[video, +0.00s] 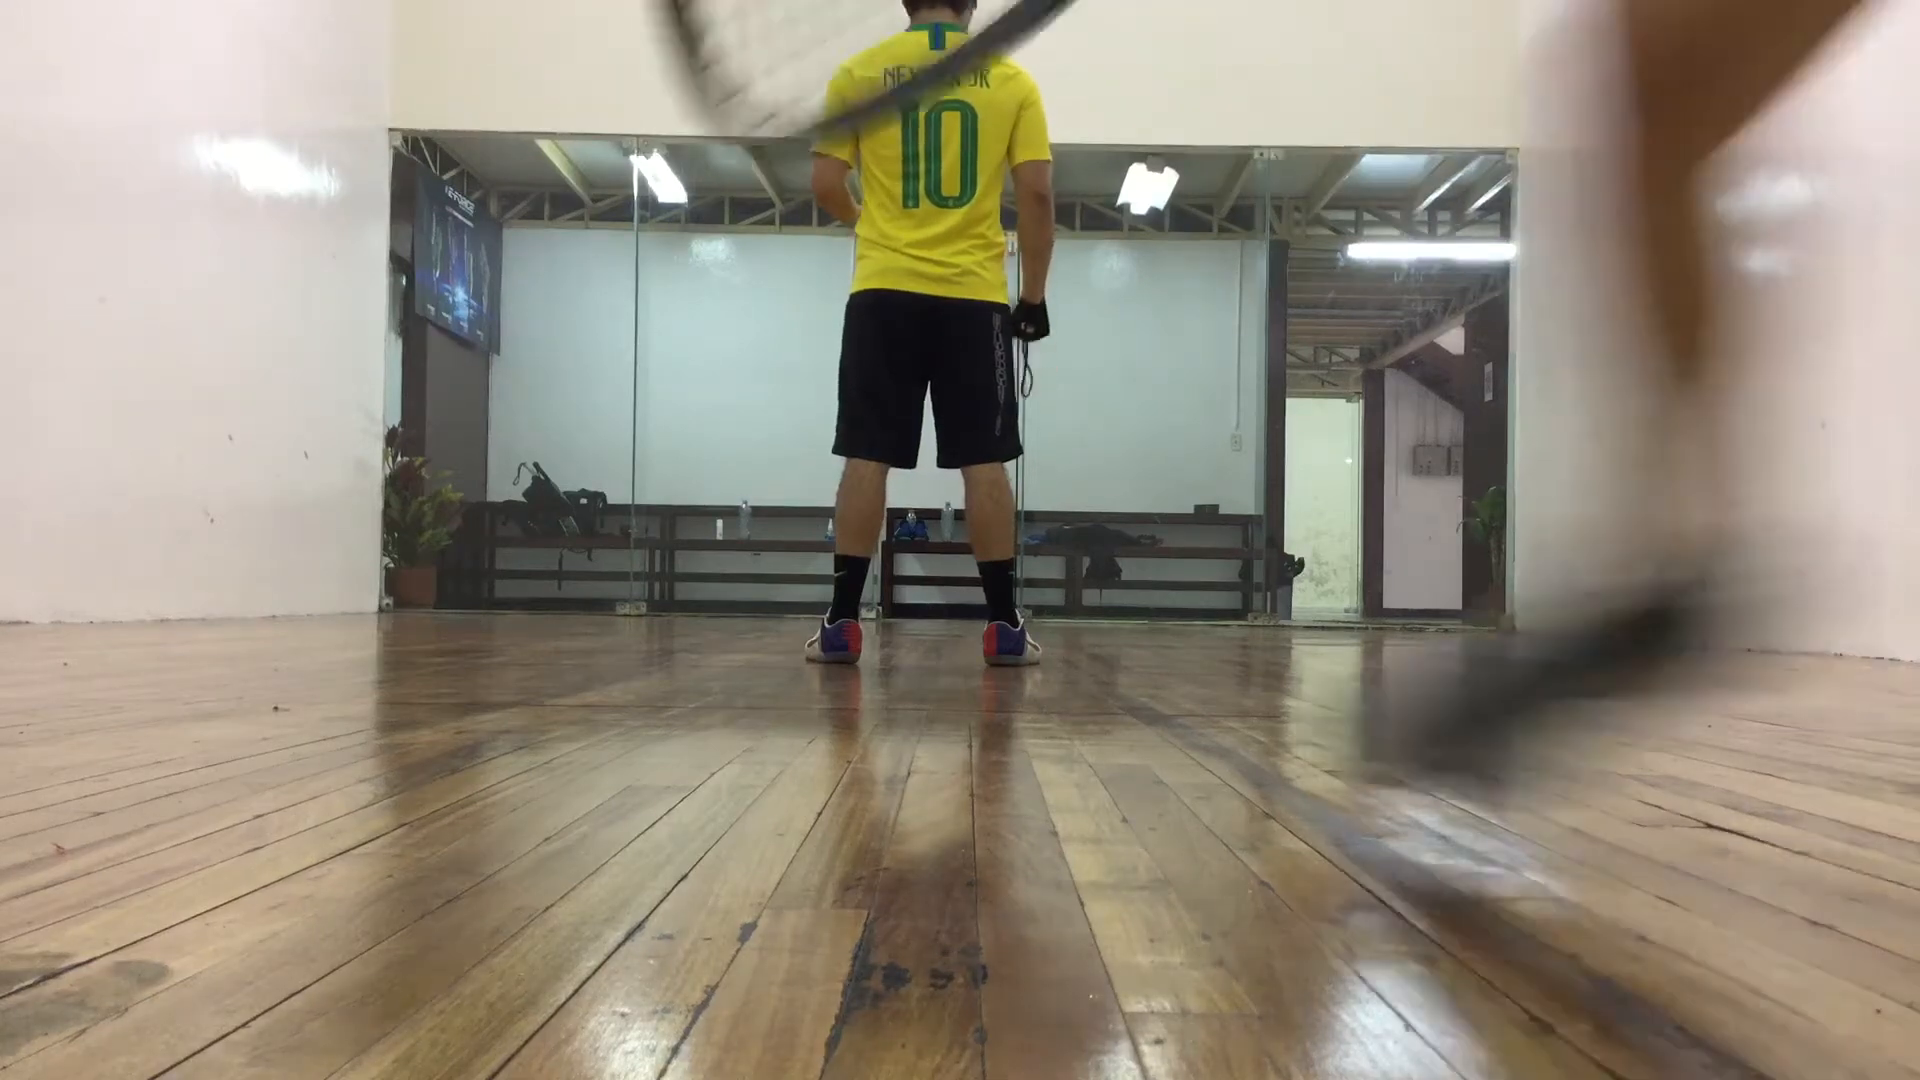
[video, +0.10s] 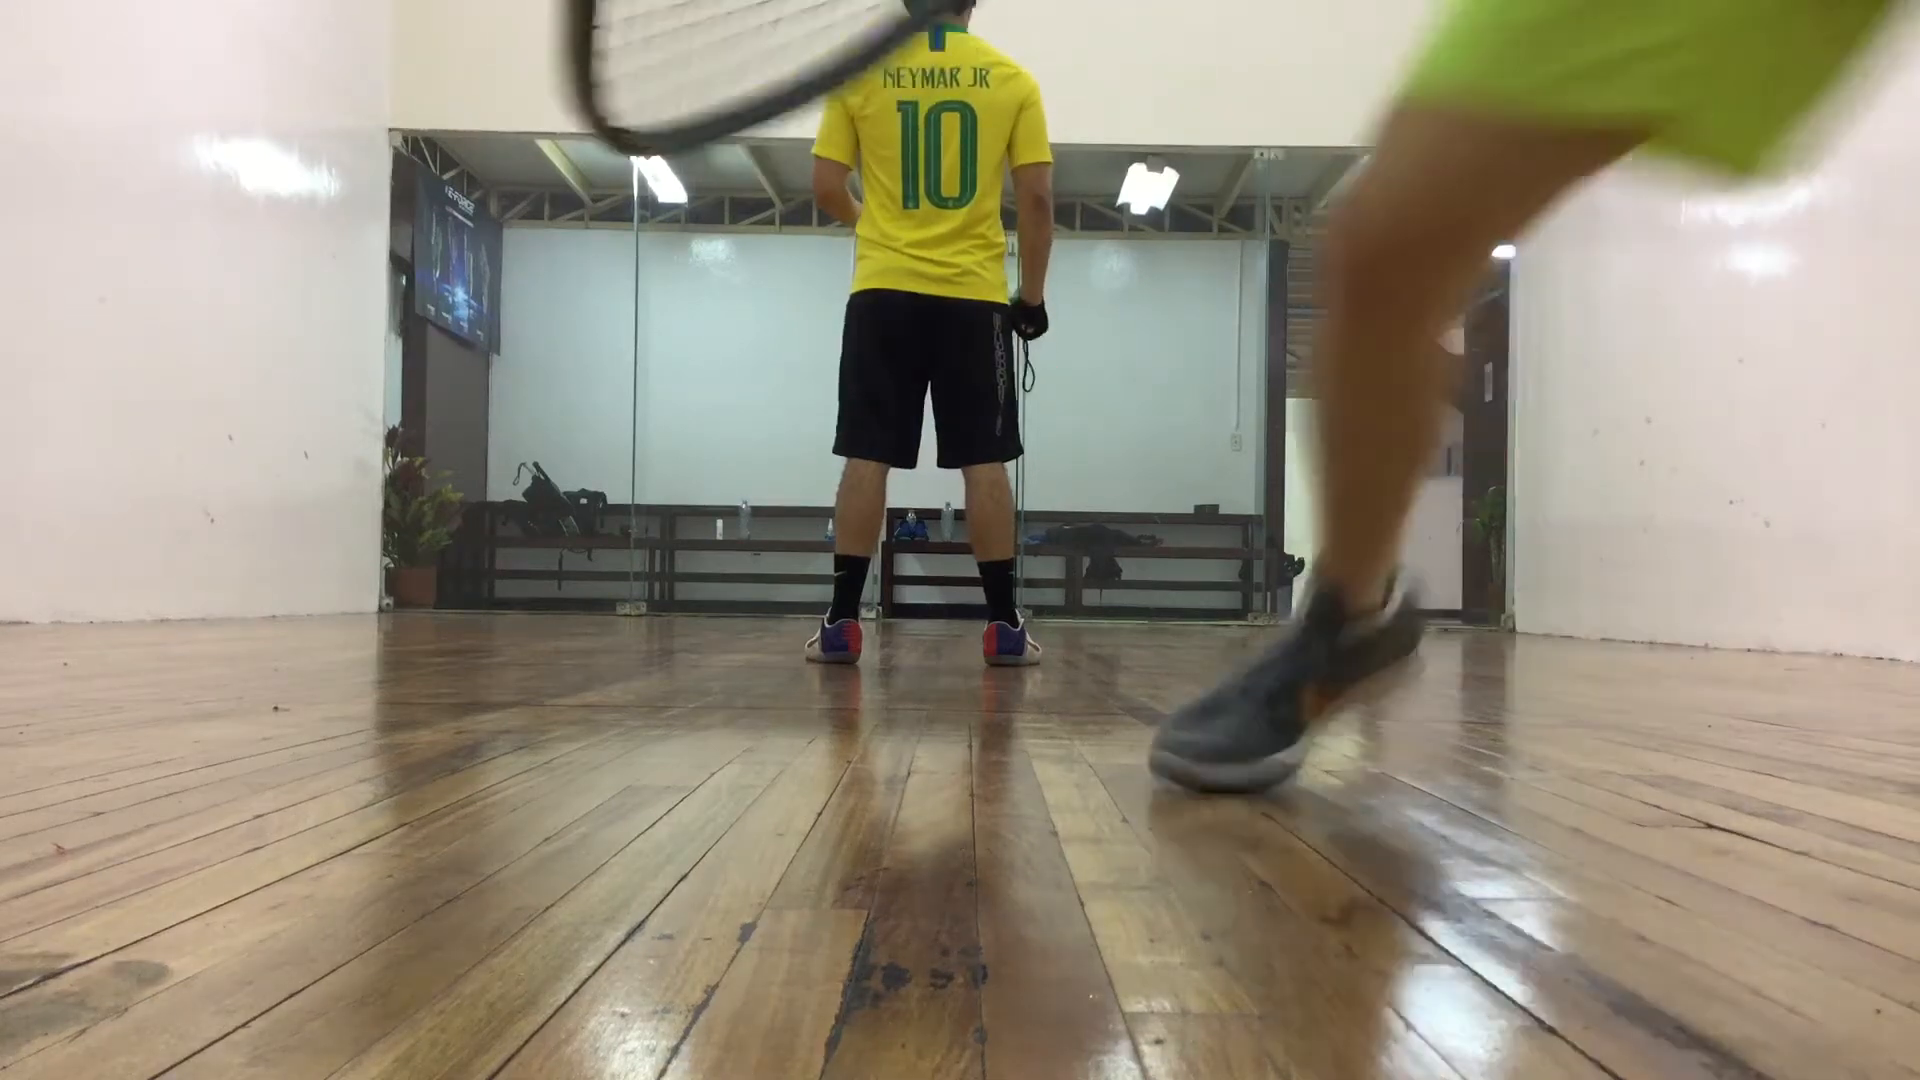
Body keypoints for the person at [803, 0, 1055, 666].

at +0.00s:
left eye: (915, 8)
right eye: (965, 4)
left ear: (905, 4)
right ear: (970, 5)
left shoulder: (858, 73)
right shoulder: (1010, 79)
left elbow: (827, 184)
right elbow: (1037, 191)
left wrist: (869, 225)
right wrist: (1034, 297)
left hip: (881, 299)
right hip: (972, 305)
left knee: (865, 458)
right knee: (985, 463)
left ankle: (842, 622)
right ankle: (1004, 624)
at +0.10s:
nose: (960, 13)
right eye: (968, 7)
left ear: (906, 6)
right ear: (969, 7)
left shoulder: (859, 69)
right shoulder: (1011, 79)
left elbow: (828, 187)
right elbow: (1037, 196)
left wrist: (871, 226)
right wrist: (1032, 295)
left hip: (882, 298)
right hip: (972, 305)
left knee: (865, 458)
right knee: (985, 463)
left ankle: (842, 621)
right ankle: (1005, 624)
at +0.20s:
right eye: (981, 4)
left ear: (908, 3)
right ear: (971, 6)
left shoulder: (862, 68)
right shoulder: (1011, 80)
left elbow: (828, 190)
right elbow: (1035, 202)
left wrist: (870, 219)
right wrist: (1030, 297)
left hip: (883, 298)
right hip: (973, 305)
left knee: (865, 459)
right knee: (985, 464)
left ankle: (843, 622)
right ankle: (1006, 625)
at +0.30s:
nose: (1005, 12)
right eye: (1002, 8)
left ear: (916, 5)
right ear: (990, 9)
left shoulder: (864, 71)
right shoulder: (1012, 82)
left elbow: (828, 192)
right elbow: (1035, 205)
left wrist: (874, 205)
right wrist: (1028, 294)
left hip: (882, 300)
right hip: (974, 307)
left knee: (865, 460)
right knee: (986, 466)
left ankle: (843, 622)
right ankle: (1006, 625)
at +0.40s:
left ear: (909, 10)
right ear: (981, 15)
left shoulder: (861, 75)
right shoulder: (1013, 83)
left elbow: (837, 193)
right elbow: (1033, 205)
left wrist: (868, 204)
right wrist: (1027, 294)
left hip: (883, 302)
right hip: (974, 308)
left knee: (866, 460)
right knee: (986, 465)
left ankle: (842, 622)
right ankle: (1005, 626)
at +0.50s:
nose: (939, 10)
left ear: (906, 9)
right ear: (968, 9)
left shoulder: (861, 74)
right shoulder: (1011, 81)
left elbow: (845, 185)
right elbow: (1033, 202)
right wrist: (1029, 296)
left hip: (883, 300)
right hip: (976, 305)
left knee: (866, 460)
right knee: (986, 465)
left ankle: (842, 621)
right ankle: (998, 629)